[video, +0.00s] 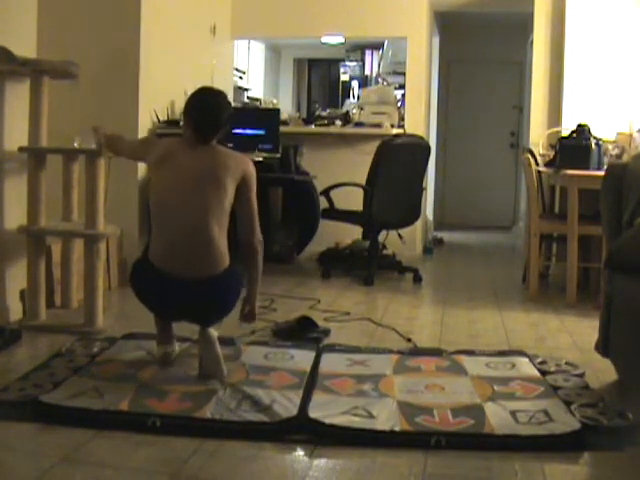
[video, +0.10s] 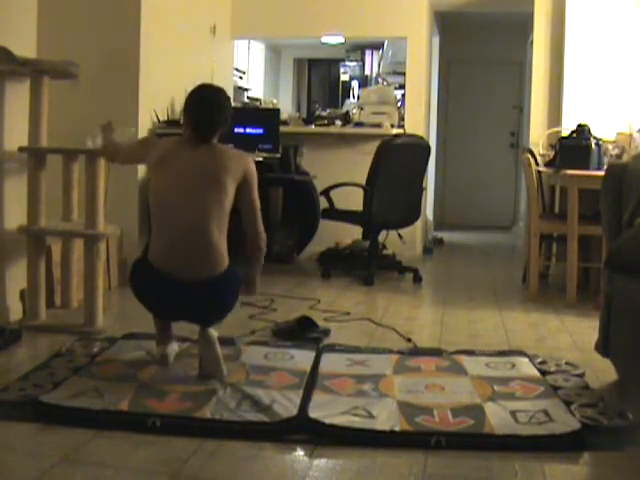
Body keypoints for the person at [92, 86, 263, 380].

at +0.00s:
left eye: (186, 116)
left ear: (185, 120)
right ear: (223, 127)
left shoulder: (159, 149)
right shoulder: (240, 165)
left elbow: (123, 147)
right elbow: (251, 242)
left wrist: (104, 138)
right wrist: (252, 298)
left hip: (159, 293)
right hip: (212, 299)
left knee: (145, 262)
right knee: (238, 271)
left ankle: (165, 340)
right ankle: (209, 334)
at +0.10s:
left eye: (189, 113)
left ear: (185, 117)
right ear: (224, 124)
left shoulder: (159, 149)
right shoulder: (241, 163)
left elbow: (117, 154)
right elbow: (256, 238)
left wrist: (107, 140)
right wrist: (253, 278)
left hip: (159, 292)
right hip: (211, 299)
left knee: (144, 265)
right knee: (228, 276)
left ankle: (164, 344)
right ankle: (209, 335)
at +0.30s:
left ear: (183, 112)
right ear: (226, 118)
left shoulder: (157, 149)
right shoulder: (241, 159)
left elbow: (119, 181)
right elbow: (261, 215)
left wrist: (134, 150)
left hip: (162, 297)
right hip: (214, 301)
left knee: (148, 266)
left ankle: (164, 343)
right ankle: (208, 335)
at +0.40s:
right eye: (225, 111)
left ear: (182, 111)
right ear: (225, 118)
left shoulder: (156, 151)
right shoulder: (242, 155)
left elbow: (126, 196)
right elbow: (261, 198)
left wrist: (156, 170)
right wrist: (234, 171)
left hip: (163, 296)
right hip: (216, 301)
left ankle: (164, 345)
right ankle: (209, 335)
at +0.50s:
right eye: (226, 108)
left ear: (182, 111)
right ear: (225, 115)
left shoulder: (157, 151)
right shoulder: (243, 153)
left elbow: (132, 207)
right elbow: (262, 190)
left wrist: (164, 183)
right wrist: (237, 165)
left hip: (163, 299)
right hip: (216, 303)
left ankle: (164, 346)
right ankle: (210, 336)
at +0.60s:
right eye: (225, 108)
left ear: (182, 112)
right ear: (226, 116)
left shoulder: (157, 154)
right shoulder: (244, 153)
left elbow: (135, 210)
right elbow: (266, 188)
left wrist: (164, 193)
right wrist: (237, 168)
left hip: (165, 301)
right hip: (217, 304)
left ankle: (164, 345)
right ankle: (211, 336)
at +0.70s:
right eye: (226, 107)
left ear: (183, 112)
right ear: (226, 115)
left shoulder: (158, 153)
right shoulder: (245, 154)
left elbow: (134, 210)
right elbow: (269, 193)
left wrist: (165, 191)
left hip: (165, 302)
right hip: (218, 304)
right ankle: (212, 337)